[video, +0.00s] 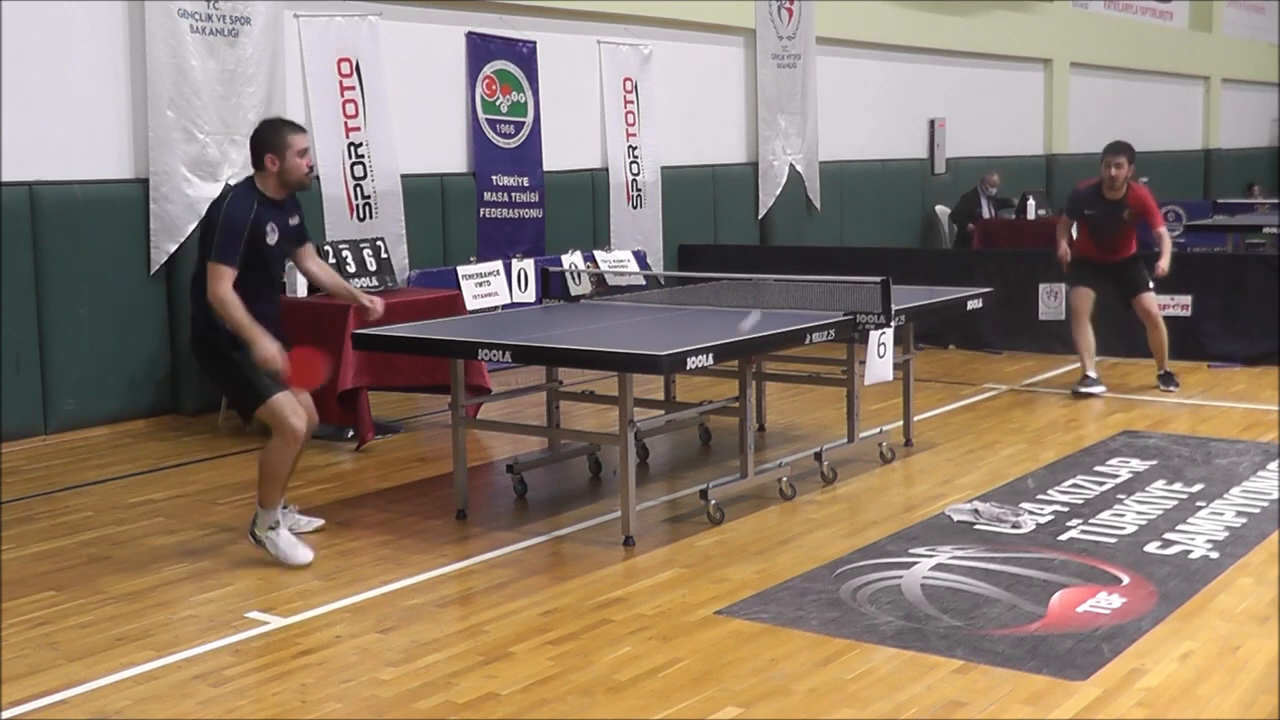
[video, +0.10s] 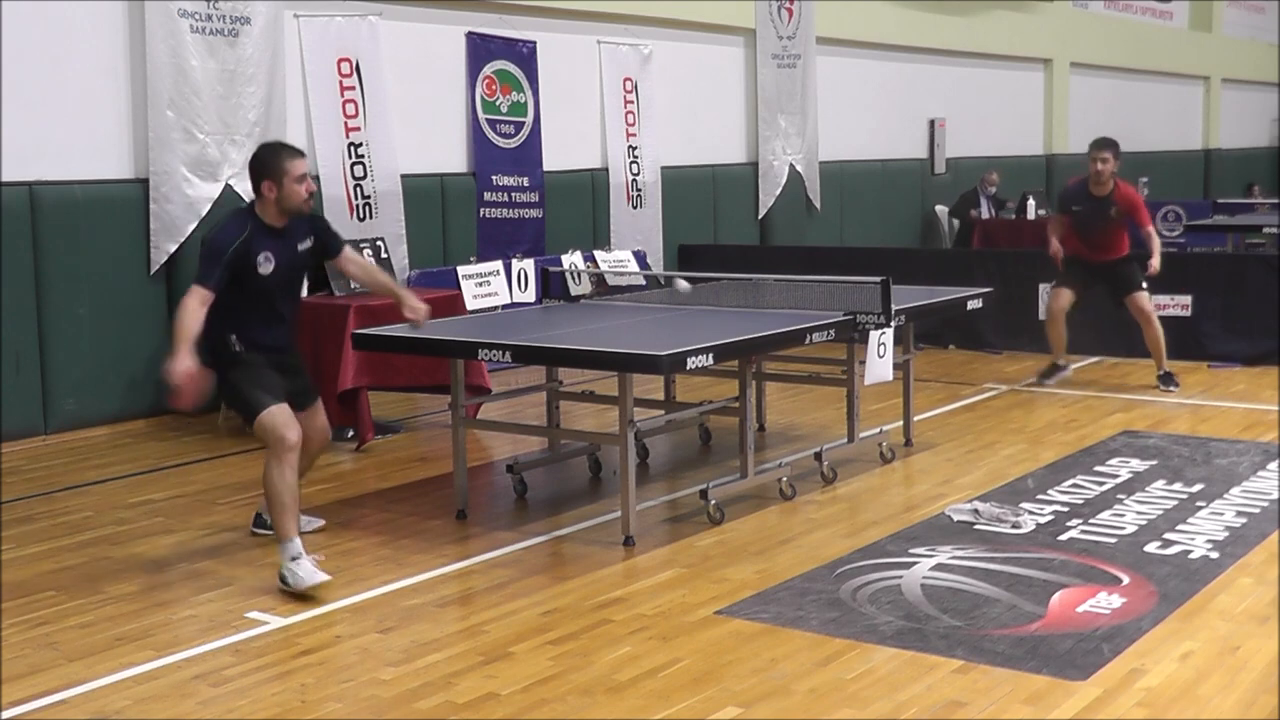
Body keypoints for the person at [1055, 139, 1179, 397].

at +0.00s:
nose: (1112, 172)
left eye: (1119, 166)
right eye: (1108, 166)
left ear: (1129, 170)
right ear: (1101, 167)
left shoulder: (1140, 196)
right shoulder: (1082, 194)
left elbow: (1162, 234)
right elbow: (1064, 223)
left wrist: (1164, 259)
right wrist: (1063, 244)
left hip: (1126, 261)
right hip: (1088, 261)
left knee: (1152, 313)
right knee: (1079, 309)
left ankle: (1163, 372)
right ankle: (1090, 375)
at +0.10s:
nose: (1098, 167)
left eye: (1104, 161)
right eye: (1094, 161)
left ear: (1115, 165)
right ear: (1088, 162)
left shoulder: (1128, 196)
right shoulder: (1072, 192)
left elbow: (1149, 232)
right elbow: (1057, 221)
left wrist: (1155, 256)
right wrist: (1054, 240)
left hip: (1119, 263)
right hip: (1080, 263)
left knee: (1145, 311)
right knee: (1055, 307)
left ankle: (1163, 371)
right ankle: (1059, 363)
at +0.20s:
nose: (1070, 157)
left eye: (1076, 151)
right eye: (1066, 151)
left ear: (1088, 154)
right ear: (1061, 154)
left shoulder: (1104, 186)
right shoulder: (1048, 188)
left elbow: (1122, 217)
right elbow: (1027, 218)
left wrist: (1138, 243)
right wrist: (1027, 234)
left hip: (1099, 263)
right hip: (1057, 265)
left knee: (1126, 309)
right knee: (1032, 319)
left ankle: (1160, 370)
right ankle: (1036, 362)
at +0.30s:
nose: (1051, 152)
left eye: (1056, 147)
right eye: (1047, 147)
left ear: (1068, 149)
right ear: (1042, 149)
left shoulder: (1085, 180)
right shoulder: (1030, 183)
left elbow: (1104, 209)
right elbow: (1011, 212)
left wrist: (1123, 234)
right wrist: (1008, 229)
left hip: (1081, 259)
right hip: (1039, 260)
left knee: (1111, 311)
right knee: (1017, 315)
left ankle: (1146, 365)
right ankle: (1036, 362)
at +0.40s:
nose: (1031, 139)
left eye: (1037, 133)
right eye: (1027, 133)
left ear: (1049, 136)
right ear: (1022, 136)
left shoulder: (1066, 165)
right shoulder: (1011, 168)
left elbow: (1094, 196)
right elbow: (994, 199)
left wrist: (1101, 222)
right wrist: (985, 221)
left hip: (1061, 242)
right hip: (1024, 244)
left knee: (1074, 292)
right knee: (1010, 300)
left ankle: (1093, 357)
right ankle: (1032, 358)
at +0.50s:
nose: (1020, 135)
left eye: (1026, 130)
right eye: (1016, 130)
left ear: (1038, 131)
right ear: (1012, 132)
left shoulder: (1055, 161)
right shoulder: (1003, 162)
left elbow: (1085, 192)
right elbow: (986, 196)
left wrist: (1079, 220)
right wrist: (975, 223)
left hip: (1050, 237)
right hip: (1013, 237)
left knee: (1057, 293)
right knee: (997, 294)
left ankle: (1064, 353)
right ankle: (1016, 349)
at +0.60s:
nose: (1003, 146)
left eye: (1008, 140)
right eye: (999, 140)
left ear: (1020, 142)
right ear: (995, 142)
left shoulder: (1036, 169)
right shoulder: (988, 172)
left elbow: (1065, 205)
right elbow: (972, 208)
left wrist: (1046, 223)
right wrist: (961, 239)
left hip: (1034, 247)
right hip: (996, 246)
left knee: (1044, 301)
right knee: (970, 291)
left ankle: (1054, 357)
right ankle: (963, 350)